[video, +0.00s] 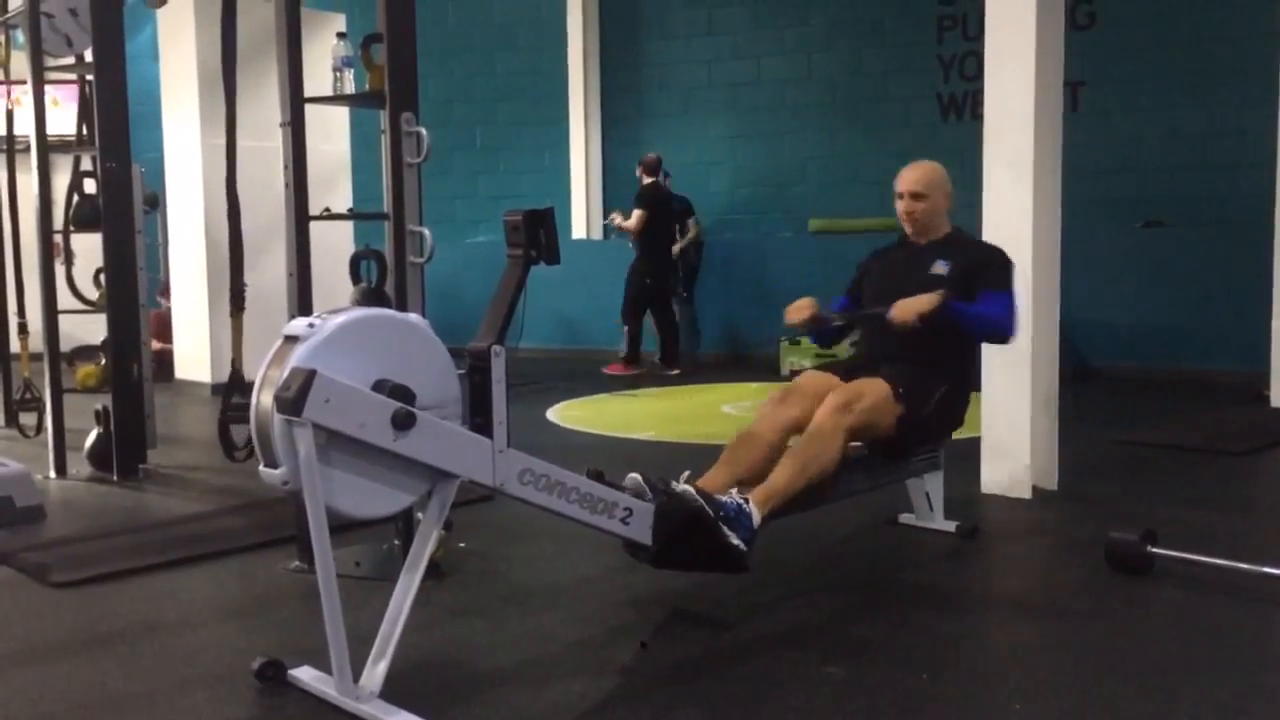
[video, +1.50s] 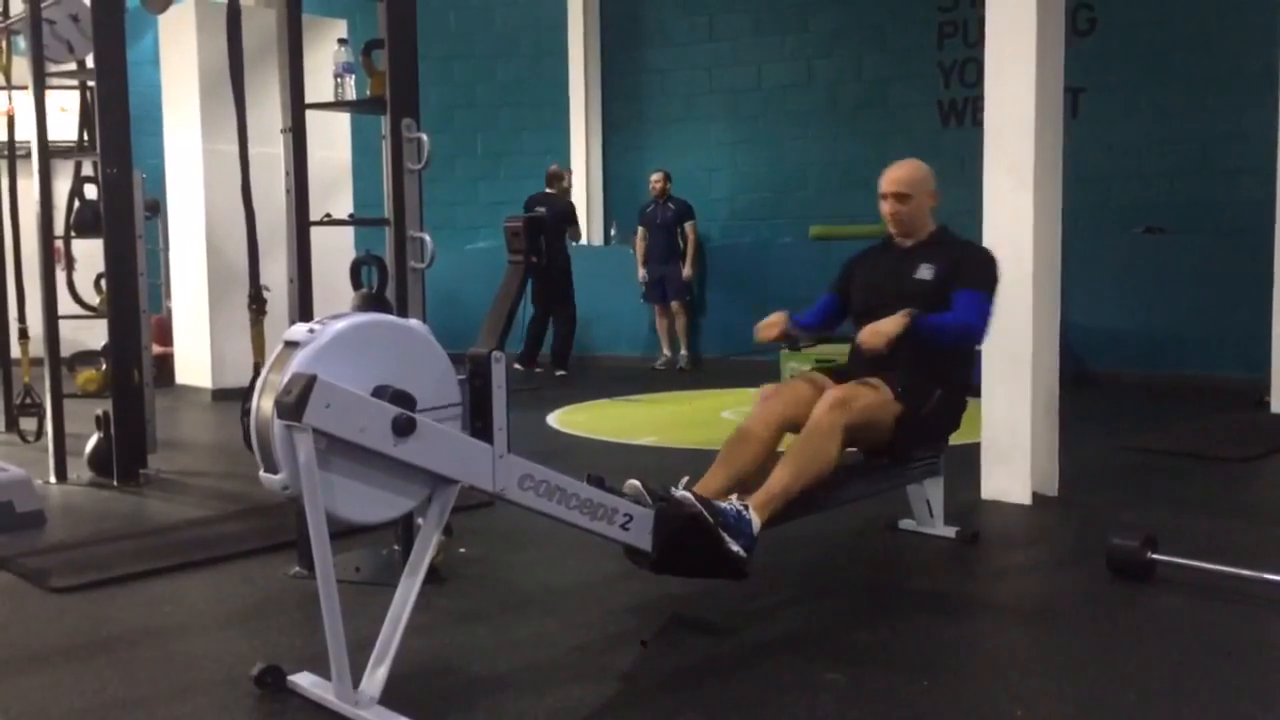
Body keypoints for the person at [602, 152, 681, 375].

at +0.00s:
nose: (636, 173)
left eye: (637, 169)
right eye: (638, 169)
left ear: (641, 170)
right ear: (658, 170)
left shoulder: (645, 193)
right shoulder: (668, 194)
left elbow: (635, 225)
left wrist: (619, 222)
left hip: (645, 261)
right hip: (664, 259)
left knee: (632, 311)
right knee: (663, 310)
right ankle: (670, 360)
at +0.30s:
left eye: (606, 172)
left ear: (605, 174)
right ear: (624, 174)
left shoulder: (605, 197)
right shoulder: (633, 198)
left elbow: (595, 227)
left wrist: (581, 220)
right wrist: (592, 221)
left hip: (610, 262)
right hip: (631, 261)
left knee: (600, 313)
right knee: (633, 311)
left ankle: (594, 363)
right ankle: (660, 355)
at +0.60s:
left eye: (580, 173)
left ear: (577, 176)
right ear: (597, 175)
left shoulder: (568, 199)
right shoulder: (610, 200)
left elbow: (559, 229)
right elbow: (608, 227)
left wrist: (574, 226)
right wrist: (576, 224)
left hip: (582, 263)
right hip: (606, 262)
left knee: (582, 312)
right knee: (599, 309)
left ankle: (584, 364)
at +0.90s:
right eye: (581, 177)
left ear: (564, 179)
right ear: (583, 180)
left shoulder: (551, 201)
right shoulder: (592, 205)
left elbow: (544, 233)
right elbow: (593, 237)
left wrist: (545, 259)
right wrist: (578, 244)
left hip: (560, 263)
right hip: (584, 264)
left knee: (566, 313)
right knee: (574, 313)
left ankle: (585, 361)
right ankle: (561, 360)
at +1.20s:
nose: (577, 182)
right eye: (578, 179)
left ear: (559, 177)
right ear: (578, 181)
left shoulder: (540, 198)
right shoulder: (582, 205)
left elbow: (529, 228)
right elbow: (585, 235)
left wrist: (532, 253)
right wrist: (568, 228)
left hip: (547, 264)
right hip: (571, 267)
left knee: (541, 308)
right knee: (568, 312)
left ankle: (549, 342)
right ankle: (562, 365)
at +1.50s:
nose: (567, 184)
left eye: (566, 181)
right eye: (566, 181)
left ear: (547, 182)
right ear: (561, 183)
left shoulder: (531, 201)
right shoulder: (564, 205)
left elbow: (527, 231)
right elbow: (575, 236)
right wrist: (567, 208)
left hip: (536, 262)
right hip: (557, 262)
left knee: (540, 311)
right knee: (565, 312)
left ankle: (526, 360)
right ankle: (560, 364)